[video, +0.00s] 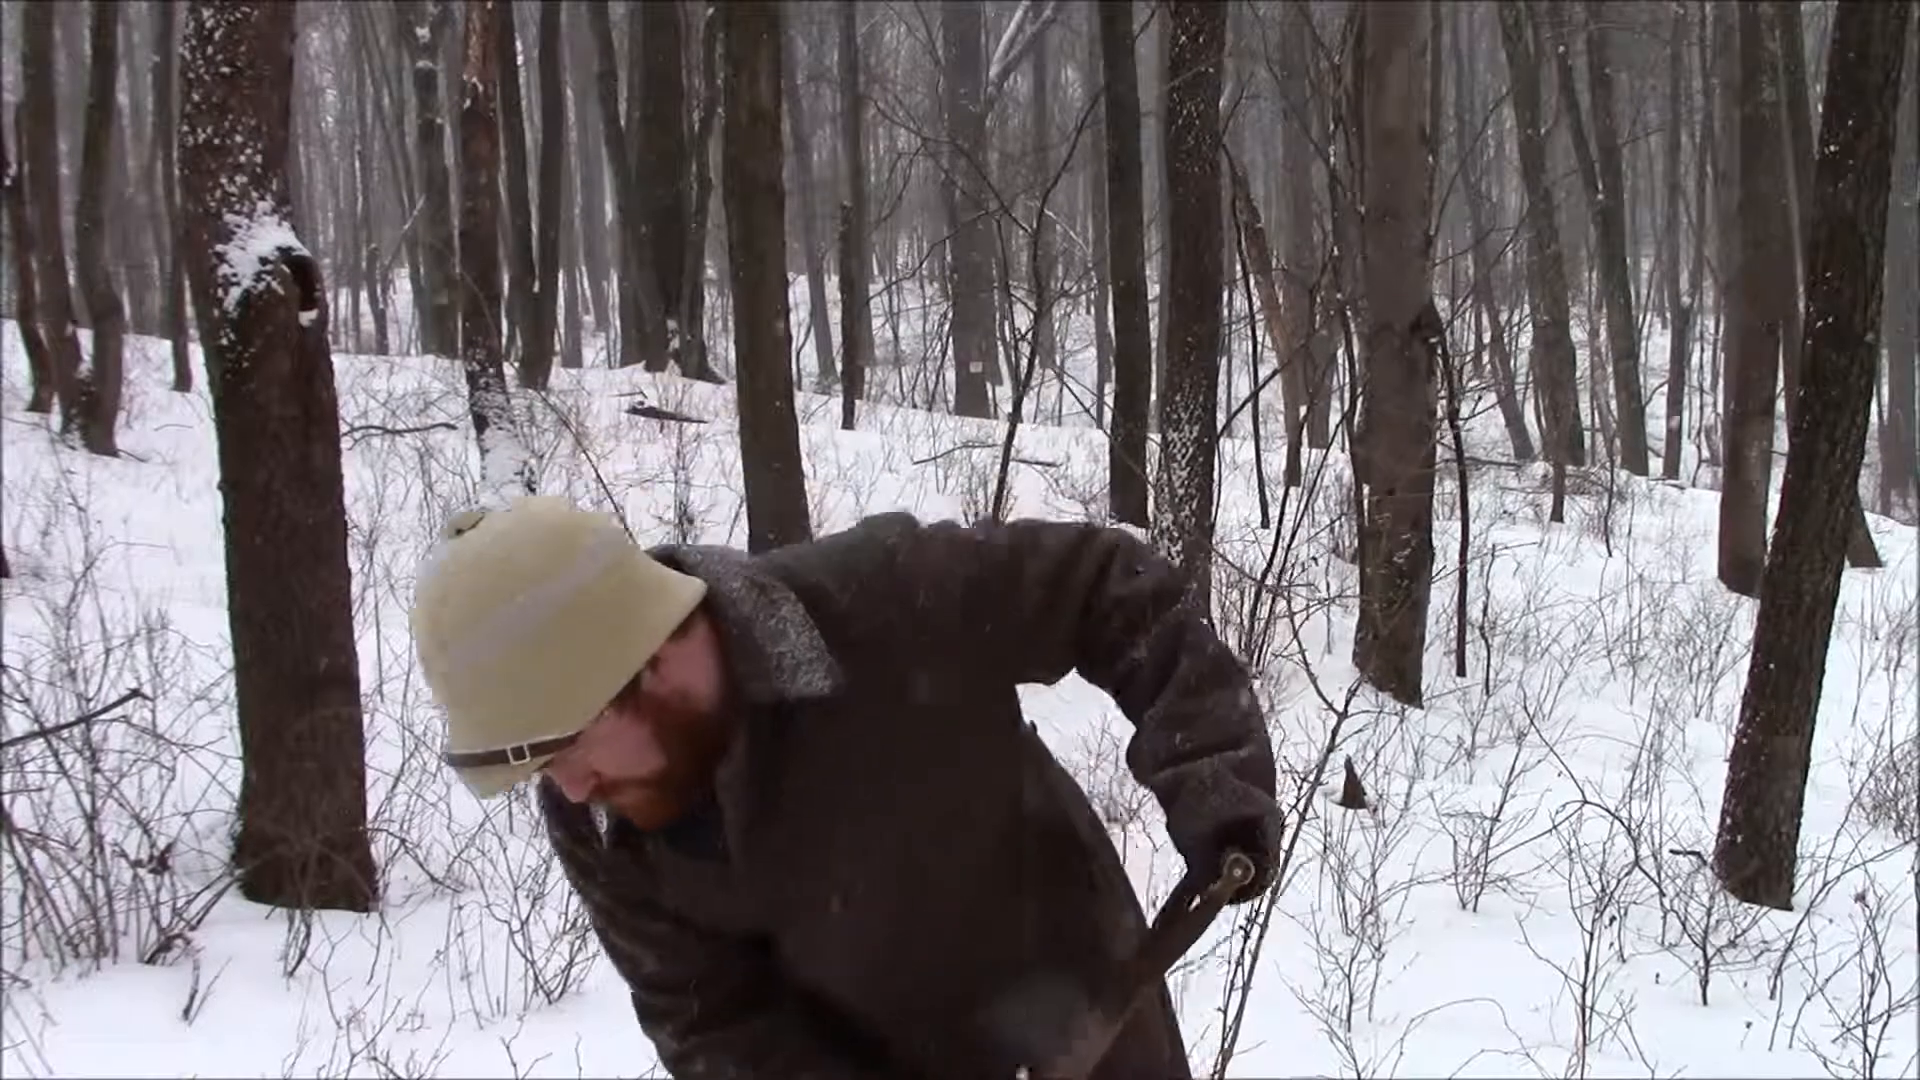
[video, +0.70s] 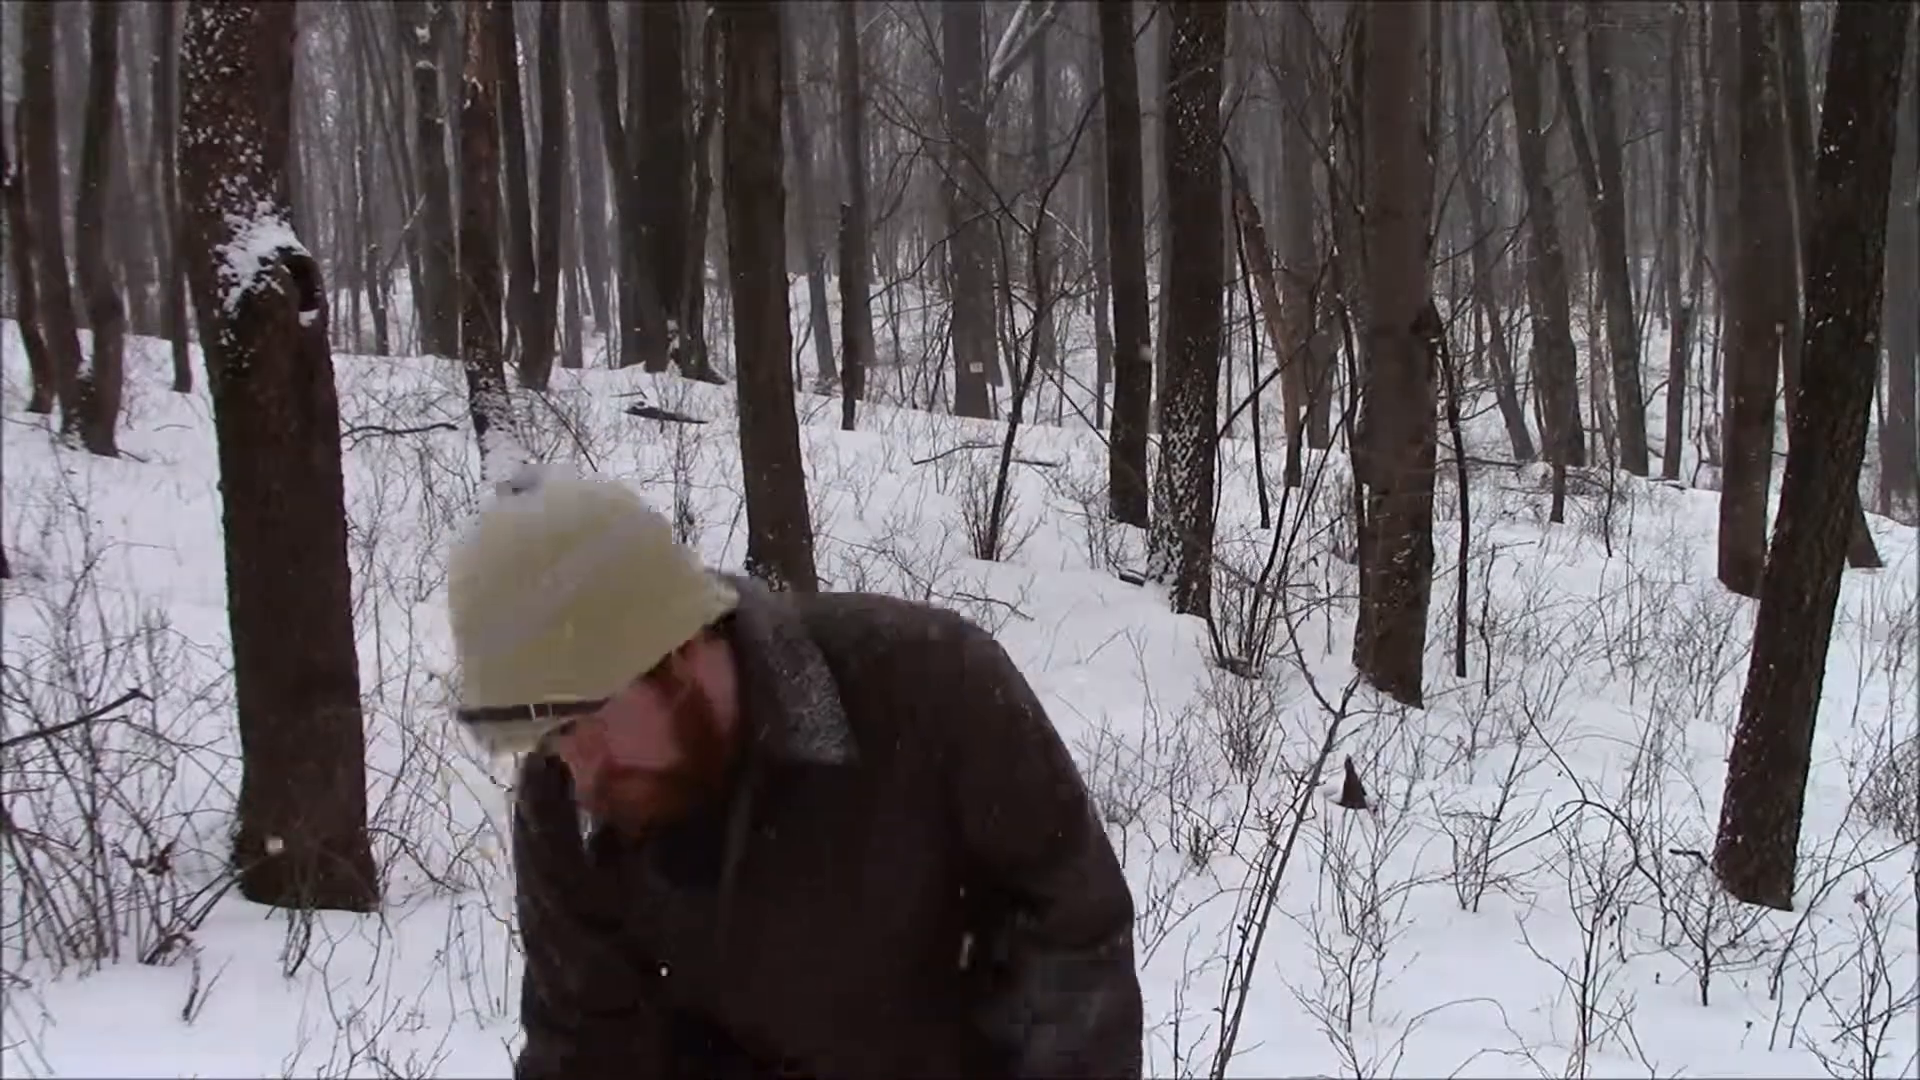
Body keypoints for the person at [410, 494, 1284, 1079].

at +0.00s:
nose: (562, 791)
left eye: (562, 752)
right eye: (534, 768)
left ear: (646, 669)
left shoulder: (887, 600)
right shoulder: (599, 817)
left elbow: (1117, 583)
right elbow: (715, 1034)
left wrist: (1213, 775)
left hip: (1075, 999)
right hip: (888, 1055)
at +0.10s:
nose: (529, 856)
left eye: (528, 813)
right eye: (499, 833)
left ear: (605, 729)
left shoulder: (859, 649)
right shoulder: (559, 877)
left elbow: (1095, 681)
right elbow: (688, 1058)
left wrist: (1168, 930)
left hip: (1049, 1019)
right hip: (863, 1057)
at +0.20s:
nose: (516, 930)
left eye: (514, 890)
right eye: (485, 911)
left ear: (585, 799)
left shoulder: (870, 709)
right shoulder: (536, 922)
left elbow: (1047, 878)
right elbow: (579, 1062)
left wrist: (1038, 1058)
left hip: (970, 1033)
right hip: (794, 1045)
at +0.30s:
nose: (528, 971)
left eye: (517, 930)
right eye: (491, 952)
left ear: (584, 839)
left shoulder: (867, 758)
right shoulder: (523, 967)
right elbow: (521, 1069)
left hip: (943, 1042)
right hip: (737, 1048)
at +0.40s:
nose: (542, 984)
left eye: (536, 943)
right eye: (504, 968)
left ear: (581, 850)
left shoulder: (869, 764)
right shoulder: (524, 986)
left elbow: (1024, 1019)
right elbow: (528, 1067)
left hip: (914, 1045)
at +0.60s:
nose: (566, 895)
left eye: (571, 850)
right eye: (532, 872)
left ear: (639, 762)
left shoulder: (914, 729)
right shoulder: (540, 887)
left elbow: (1058, 977)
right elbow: (564, 1066)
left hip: (952, 1048)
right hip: (769, 1051)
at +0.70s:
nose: (575, 773)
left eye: (586, 715)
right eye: (545, 736)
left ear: (678, 652)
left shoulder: (937, 683)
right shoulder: (560, 802)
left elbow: (1075, 926)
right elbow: (581, 1039)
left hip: (942, 1044)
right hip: (743, 1055)